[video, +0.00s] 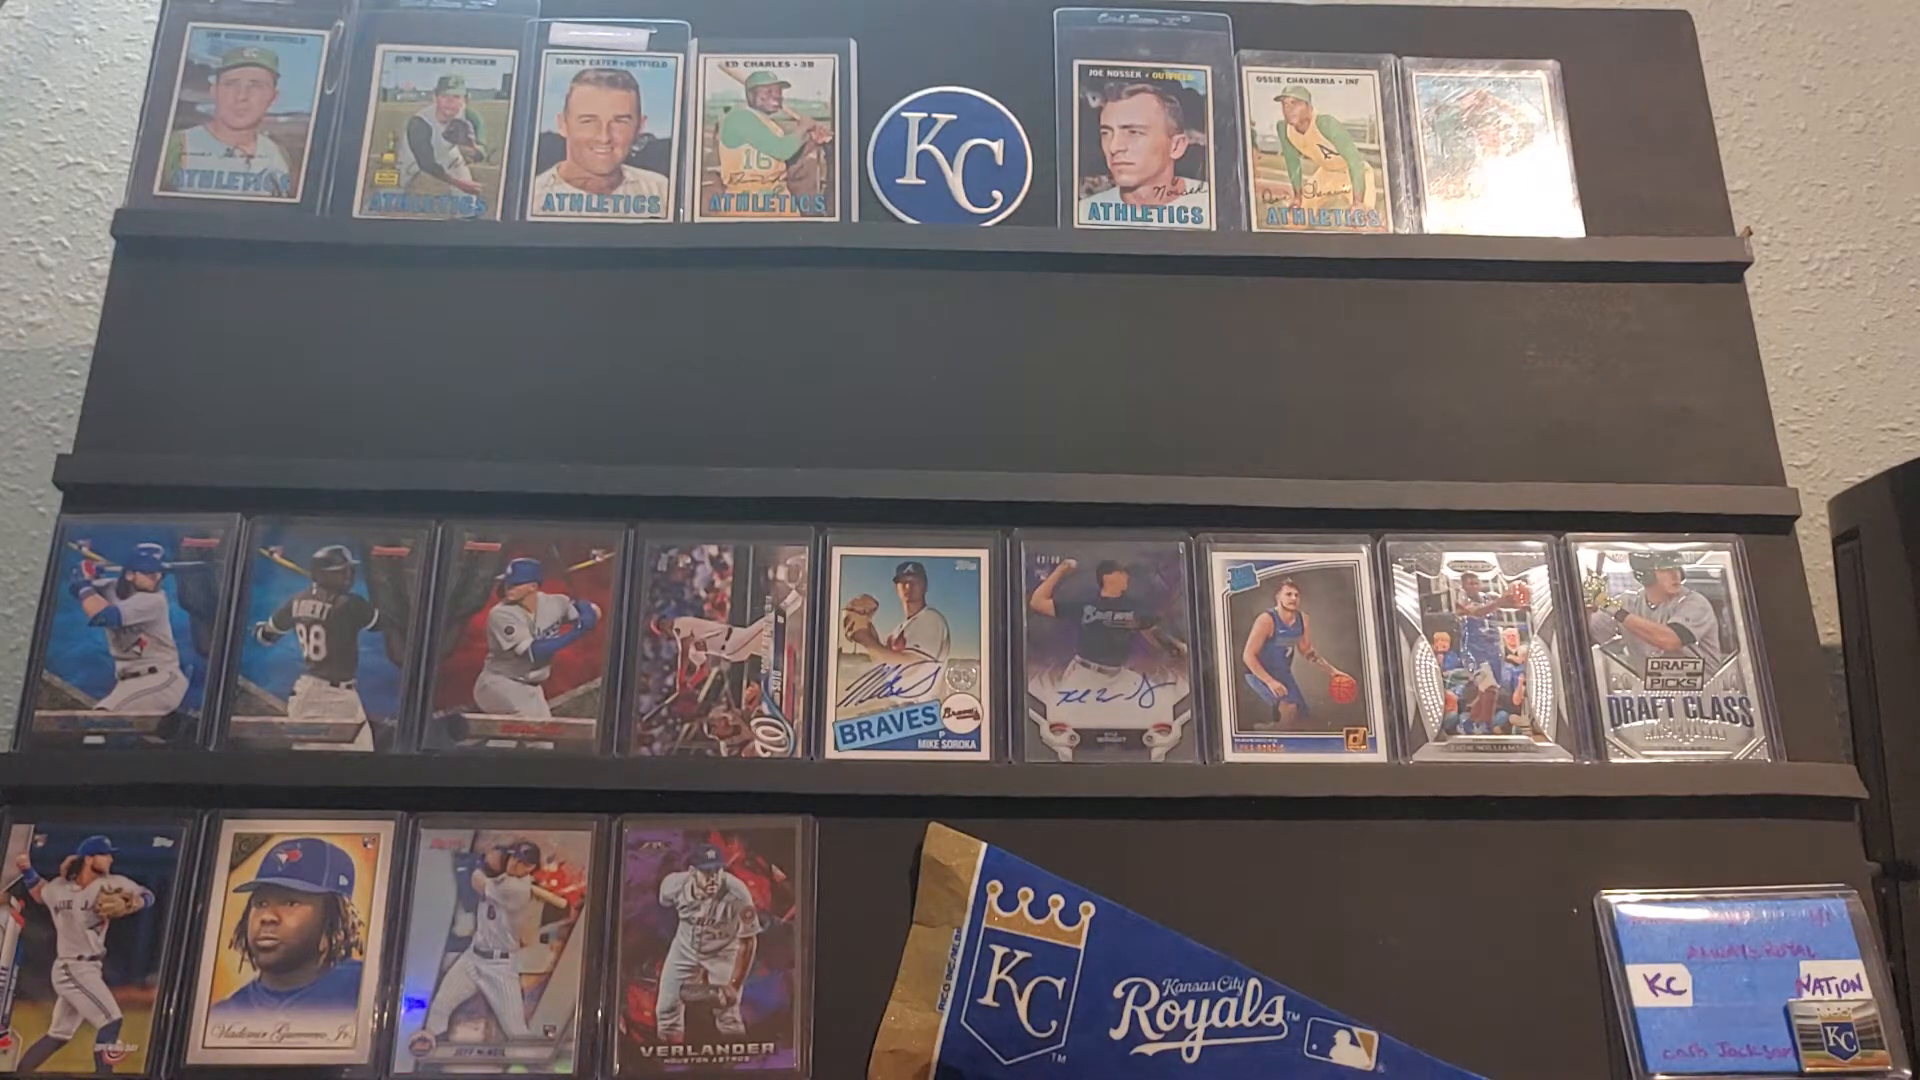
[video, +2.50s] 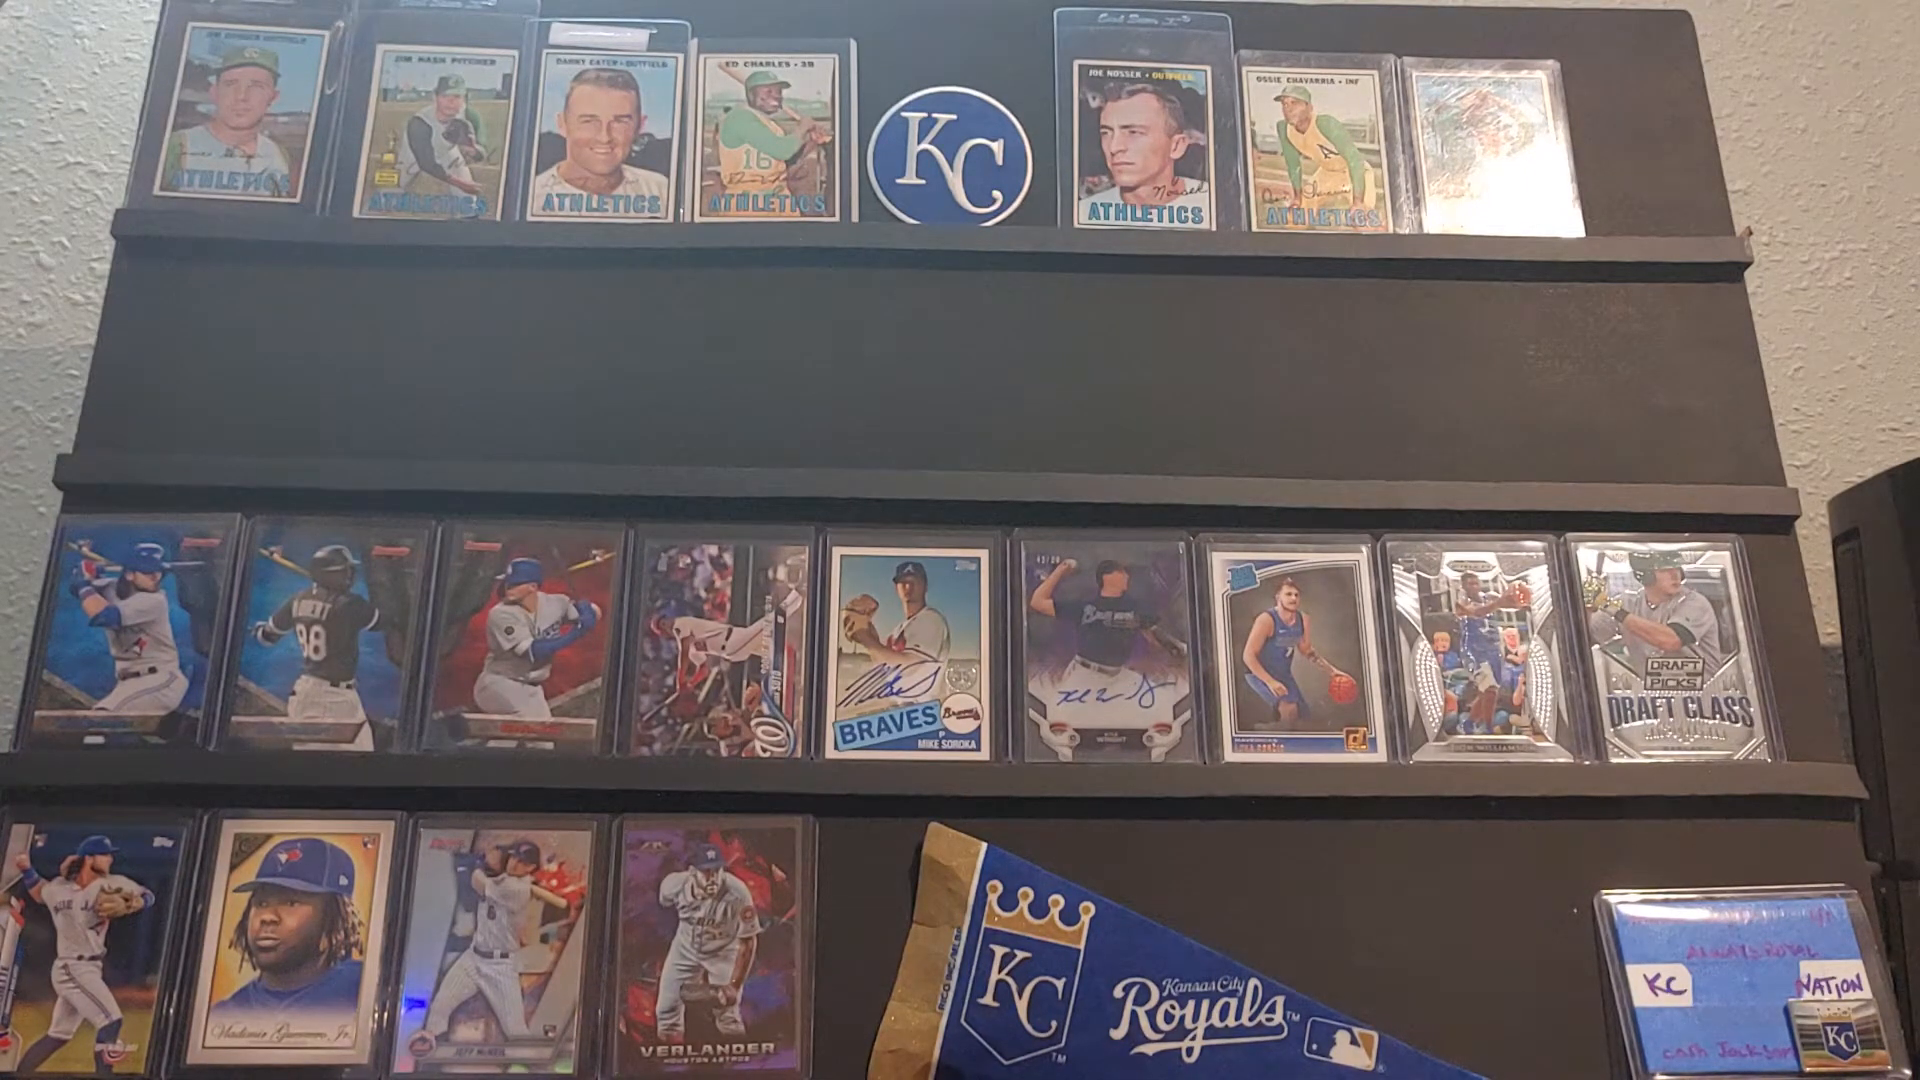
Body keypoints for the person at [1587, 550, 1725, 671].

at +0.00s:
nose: (1677, 576)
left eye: (1678, 569)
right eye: (1667, 569)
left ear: (1682, 571)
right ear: (1645, 573)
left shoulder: (1696, 604)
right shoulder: (1628, 603)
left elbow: (1671, 641)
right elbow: (1587, 636)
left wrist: (1620, 614)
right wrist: (1585, 610)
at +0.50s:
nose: (1676, 575)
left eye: (1677, 568)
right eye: (1666, 569)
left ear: (1682, 571)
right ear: (1644, 574)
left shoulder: (1696, 604)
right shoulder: (1628, 604)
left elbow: (1671, 641)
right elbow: (1586, 635)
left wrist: (1619, 613)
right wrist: (1584, 607)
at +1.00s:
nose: (1676, 575)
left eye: (1677, 568)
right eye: (1666, 569)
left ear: (1682, 571)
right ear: (1644, 574)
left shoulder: (1696, 604)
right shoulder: (1628, 604)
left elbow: (1670, 641)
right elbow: (1586, 636)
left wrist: (1619, 613)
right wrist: (1585, 608)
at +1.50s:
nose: (1676, 575)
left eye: (1677, 568)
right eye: (1666, 569)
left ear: (1682, 571)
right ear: (1644, 574)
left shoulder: (1696, 604)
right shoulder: (1629, 604)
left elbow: (1671, 641)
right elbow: (1586, 637)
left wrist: (1619, 613)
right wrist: (1585, 609)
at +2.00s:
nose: (1675, 573)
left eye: (1676, 567)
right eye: (1665, 569)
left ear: (1682, 570)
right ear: (1644, 575)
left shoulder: (1696, 604)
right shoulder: (1628, 604)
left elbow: (1671, 641)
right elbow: (1586, 637)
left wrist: (1620, 614)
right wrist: (1585, 609)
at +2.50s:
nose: (1675, 574)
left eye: (1677, 567)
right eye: (1665, 569)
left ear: (1682, 570)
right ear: (1644, 575)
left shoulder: (1696, 604)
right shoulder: (1628, 604)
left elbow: (1671, 641)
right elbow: (1586, 638)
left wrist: (1620, 614)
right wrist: (1585, 609)